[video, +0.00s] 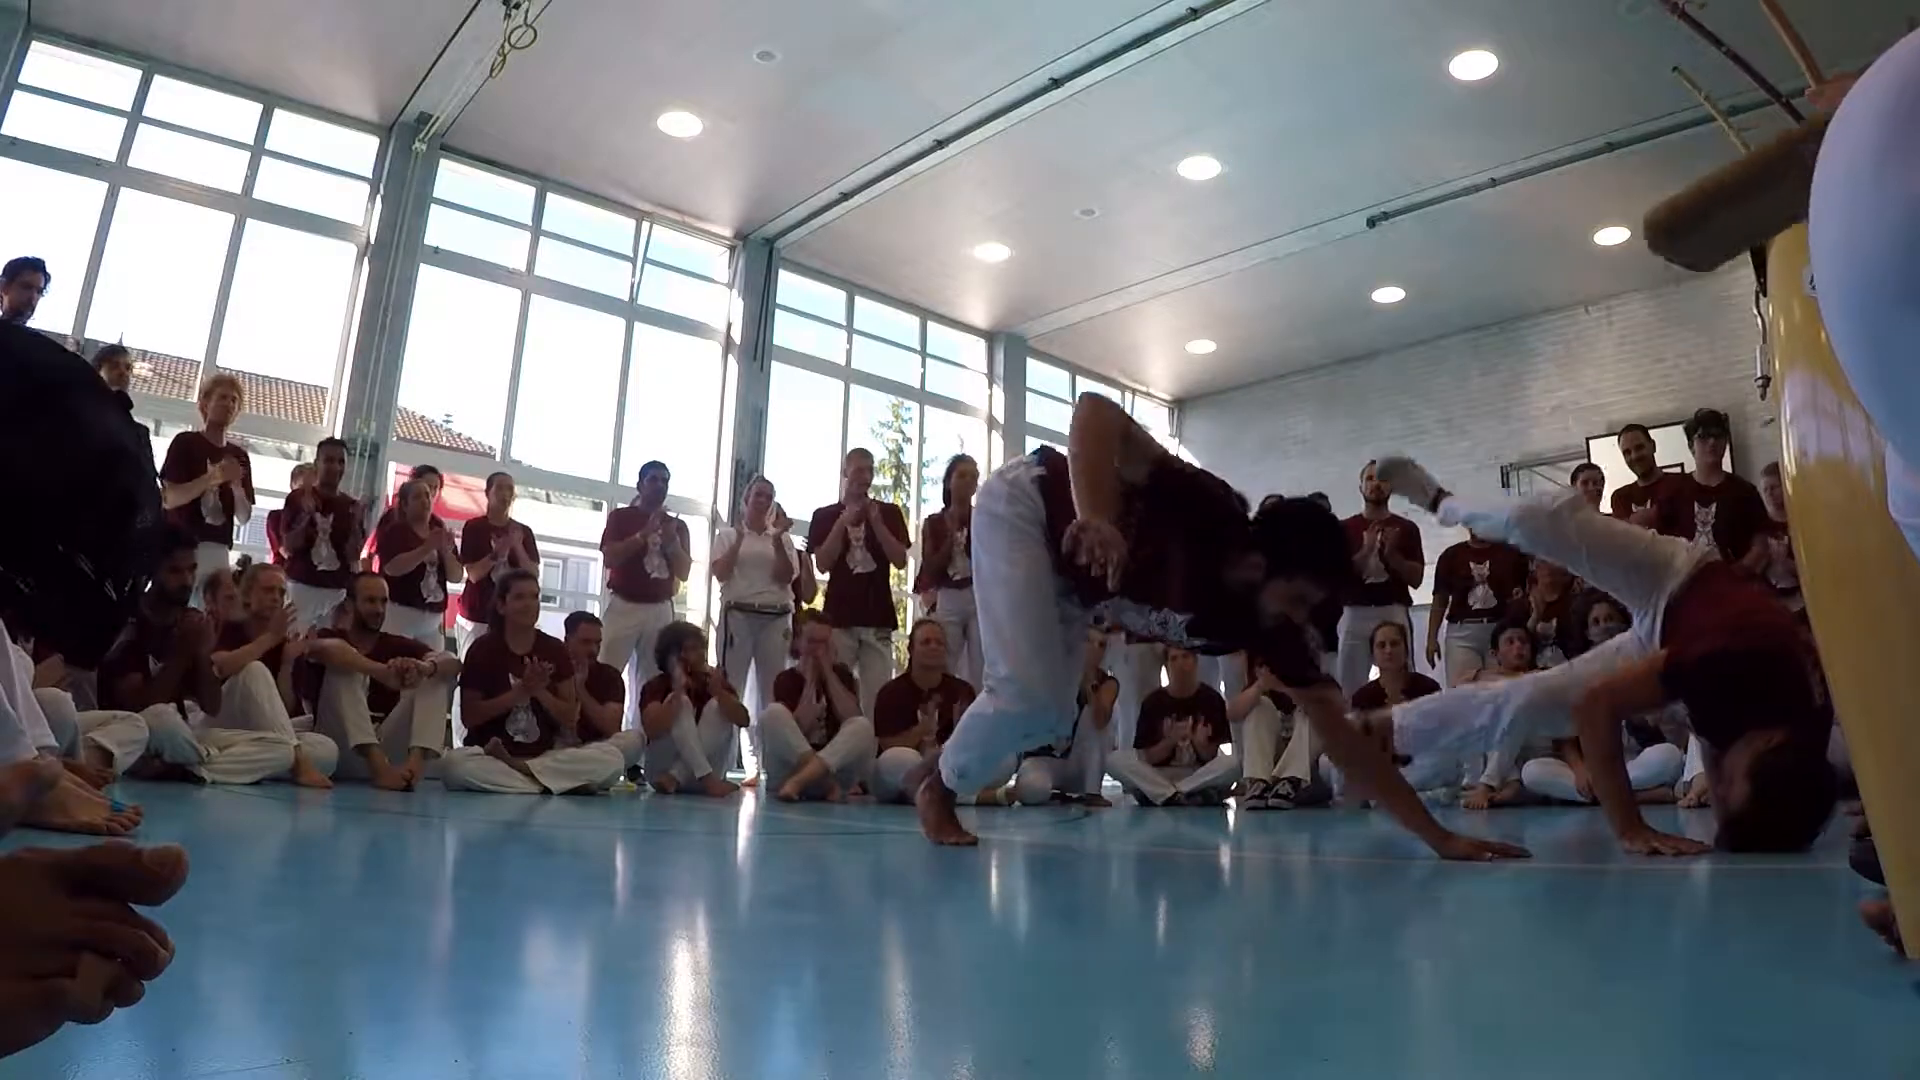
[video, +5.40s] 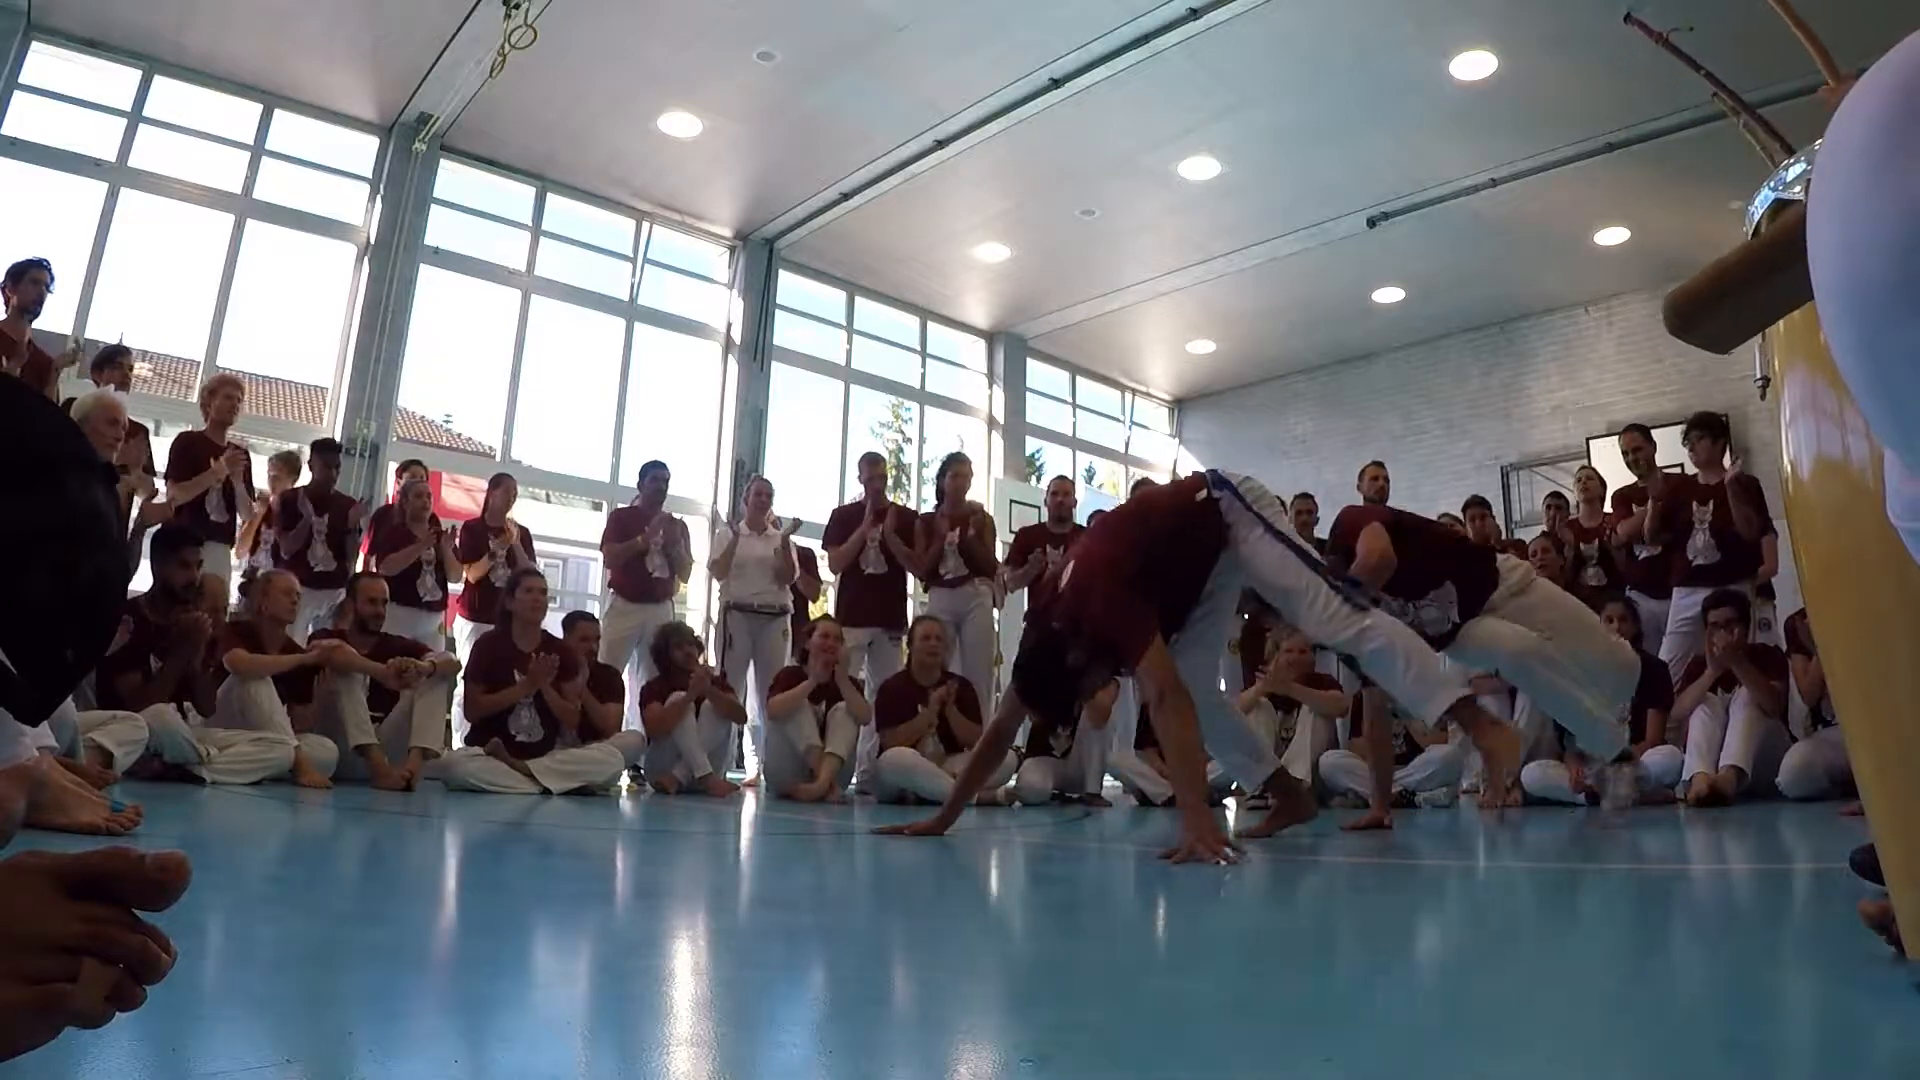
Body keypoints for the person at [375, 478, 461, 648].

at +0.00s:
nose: (425, 502)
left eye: (428, 496)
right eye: (417, 497)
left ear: (433, 500)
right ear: (404, 504)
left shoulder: (439, 532)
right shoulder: (394, 531)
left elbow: (456, 577)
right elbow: (391, 568)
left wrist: (447, 550)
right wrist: (428, 547)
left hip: (434, 614)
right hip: (401, 611)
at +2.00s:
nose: (425, 501)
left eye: (428, 497)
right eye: (418, 496)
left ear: (432, 502)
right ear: (406, 502)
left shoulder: (440, 535)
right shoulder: (394, 531)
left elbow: (456, 576)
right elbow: (391, 569)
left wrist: (445, 551)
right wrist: (428, 547)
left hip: (434, 614)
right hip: (400, 610)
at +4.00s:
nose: (428, 502)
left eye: (431, 498)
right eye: (422, 497)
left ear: (434, 502)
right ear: (407, 502)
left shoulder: (442, 537)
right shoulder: (394, 532)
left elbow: (457, 577)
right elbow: (391, 568)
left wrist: (439, 558)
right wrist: (428, 549)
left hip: (433, 614)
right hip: (400, 611)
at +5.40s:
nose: (426, 501)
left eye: (429, 496)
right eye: (419, 496)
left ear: (433, 501)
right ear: (404, 502)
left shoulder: (440, 536)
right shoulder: (394, 533)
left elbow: (455, 577)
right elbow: (385, 569)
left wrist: (447, 548)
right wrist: (421, 546)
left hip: (433, 614)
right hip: (399, 611)